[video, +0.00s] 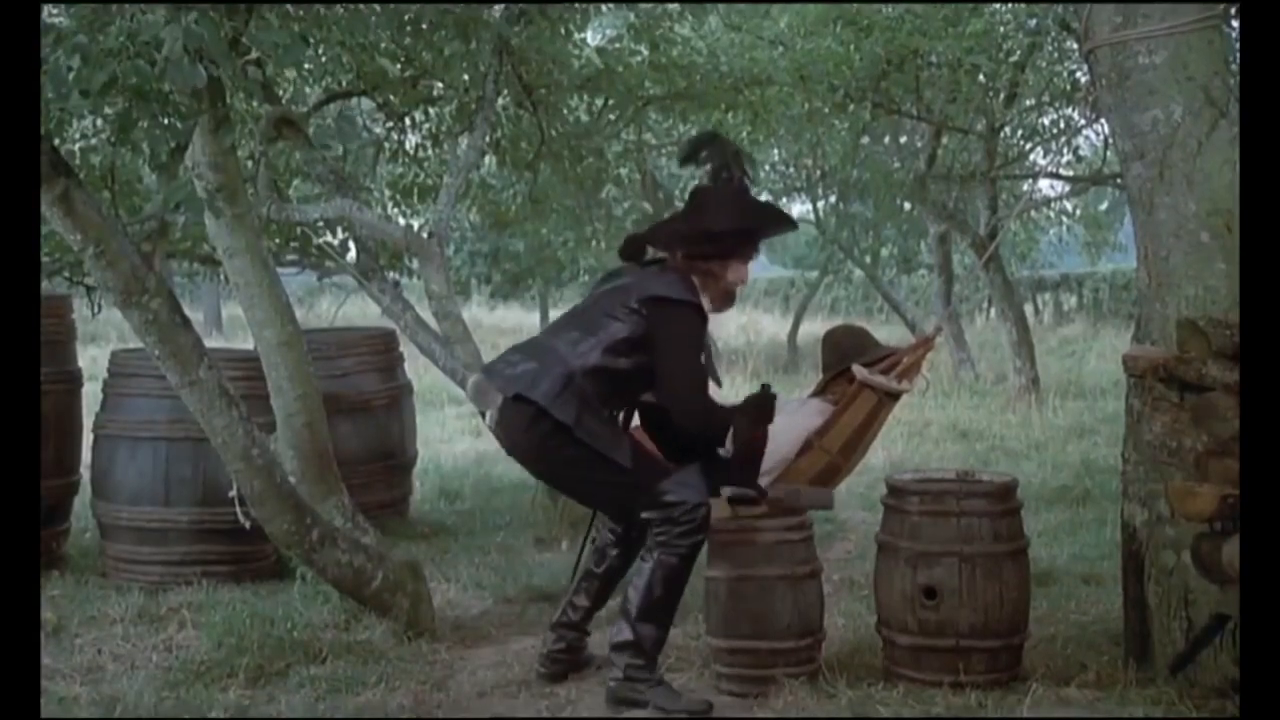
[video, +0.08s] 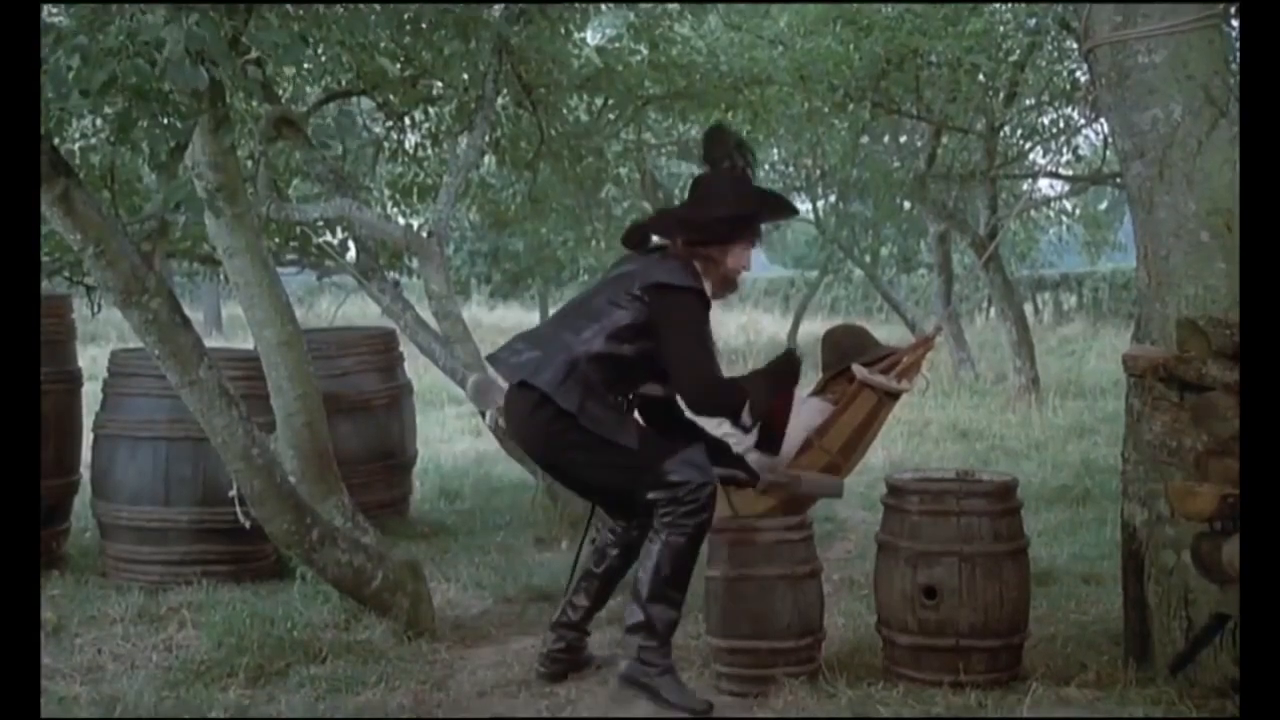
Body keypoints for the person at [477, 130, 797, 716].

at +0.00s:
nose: (748, 276)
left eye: (750, 262)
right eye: (746, 260)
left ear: (693, 254)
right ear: (716, 259)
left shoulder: (644, 285)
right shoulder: (676, 302)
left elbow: (652, 410)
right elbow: (689, 416)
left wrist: (699, 463)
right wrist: (732, 424)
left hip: (518, 409)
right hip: (543, 416)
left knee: (635, 510)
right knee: (682, 511)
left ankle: (563, 646)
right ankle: (634, 675)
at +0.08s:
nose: (752, 260)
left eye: (753, 246)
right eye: (749, 244)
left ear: (699, 239)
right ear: (719, 242)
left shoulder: (649, 272)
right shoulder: (677, 285)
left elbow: (650, 403)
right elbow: (705, 395)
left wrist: (725, 459)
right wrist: (756, 389)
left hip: (526, 399)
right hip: (552, 407)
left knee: (635, 509)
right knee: (690, 488)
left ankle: (563, 644)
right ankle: (648, 663)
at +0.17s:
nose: (756, 257)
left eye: (758, 244)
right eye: (752, 242)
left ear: (706, 237)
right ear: (719, 238)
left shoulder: (659, 267)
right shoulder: (684, 281)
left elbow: (654, 390)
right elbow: (724, 384)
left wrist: (716, 453)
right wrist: (797, 355)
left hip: (536, 396)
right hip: (560, 401)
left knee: (637, 514)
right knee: (692, 482)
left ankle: (563, 643)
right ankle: (670, 660)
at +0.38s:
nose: (797, 266)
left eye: (800, 253)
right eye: (795, 252)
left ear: (746, 241)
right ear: (763, 248)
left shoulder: (691, 270)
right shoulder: (732, 280)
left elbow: (670, 392)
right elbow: (791, 365)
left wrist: (762, 438)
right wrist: (868, 371)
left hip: (560, 389)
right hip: (597, 397)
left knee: (643, 511)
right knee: (714, 495)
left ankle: (563, 641)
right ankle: (683, 664)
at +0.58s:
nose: (828, 280)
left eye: (833, 267)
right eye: (825, 265)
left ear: (771, 249)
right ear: (790, 257)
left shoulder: (722, 276)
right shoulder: (764, 291)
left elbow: (713, 392)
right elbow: (820, 390)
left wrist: (811, 412)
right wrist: (891, 403)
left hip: (580, 379)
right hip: (616, 391)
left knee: (645, 511)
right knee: (733, 498)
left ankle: (565, 640)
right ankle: (686, 666)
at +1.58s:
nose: (822, 269)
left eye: (829, 258)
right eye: (819, 256)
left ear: (776, 237)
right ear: (790, 246)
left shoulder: (735, 259)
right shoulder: (745, 272)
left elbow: (750, 373)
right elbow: (767, 375)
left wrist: (818, 419)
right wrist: (834, 415)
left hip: (593, 354)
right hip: (605, 362)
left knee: (688, 482)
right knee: (702, 487)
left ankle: (638, 619)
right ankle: (683, 659)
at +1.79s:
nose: (808, 269)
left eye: (814, 257)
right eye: (803, 255)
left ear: (778, 246)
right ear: (769, 242)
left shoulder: (743, 276)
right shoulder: (711, 275)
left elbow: (730, 386)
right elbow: (732, 397)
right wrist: (817, 459)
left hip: (625, 352)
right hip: (587, 349)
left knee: (690, 469)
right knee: (669, 472)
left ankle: (636, 621)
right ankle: (647, 640)